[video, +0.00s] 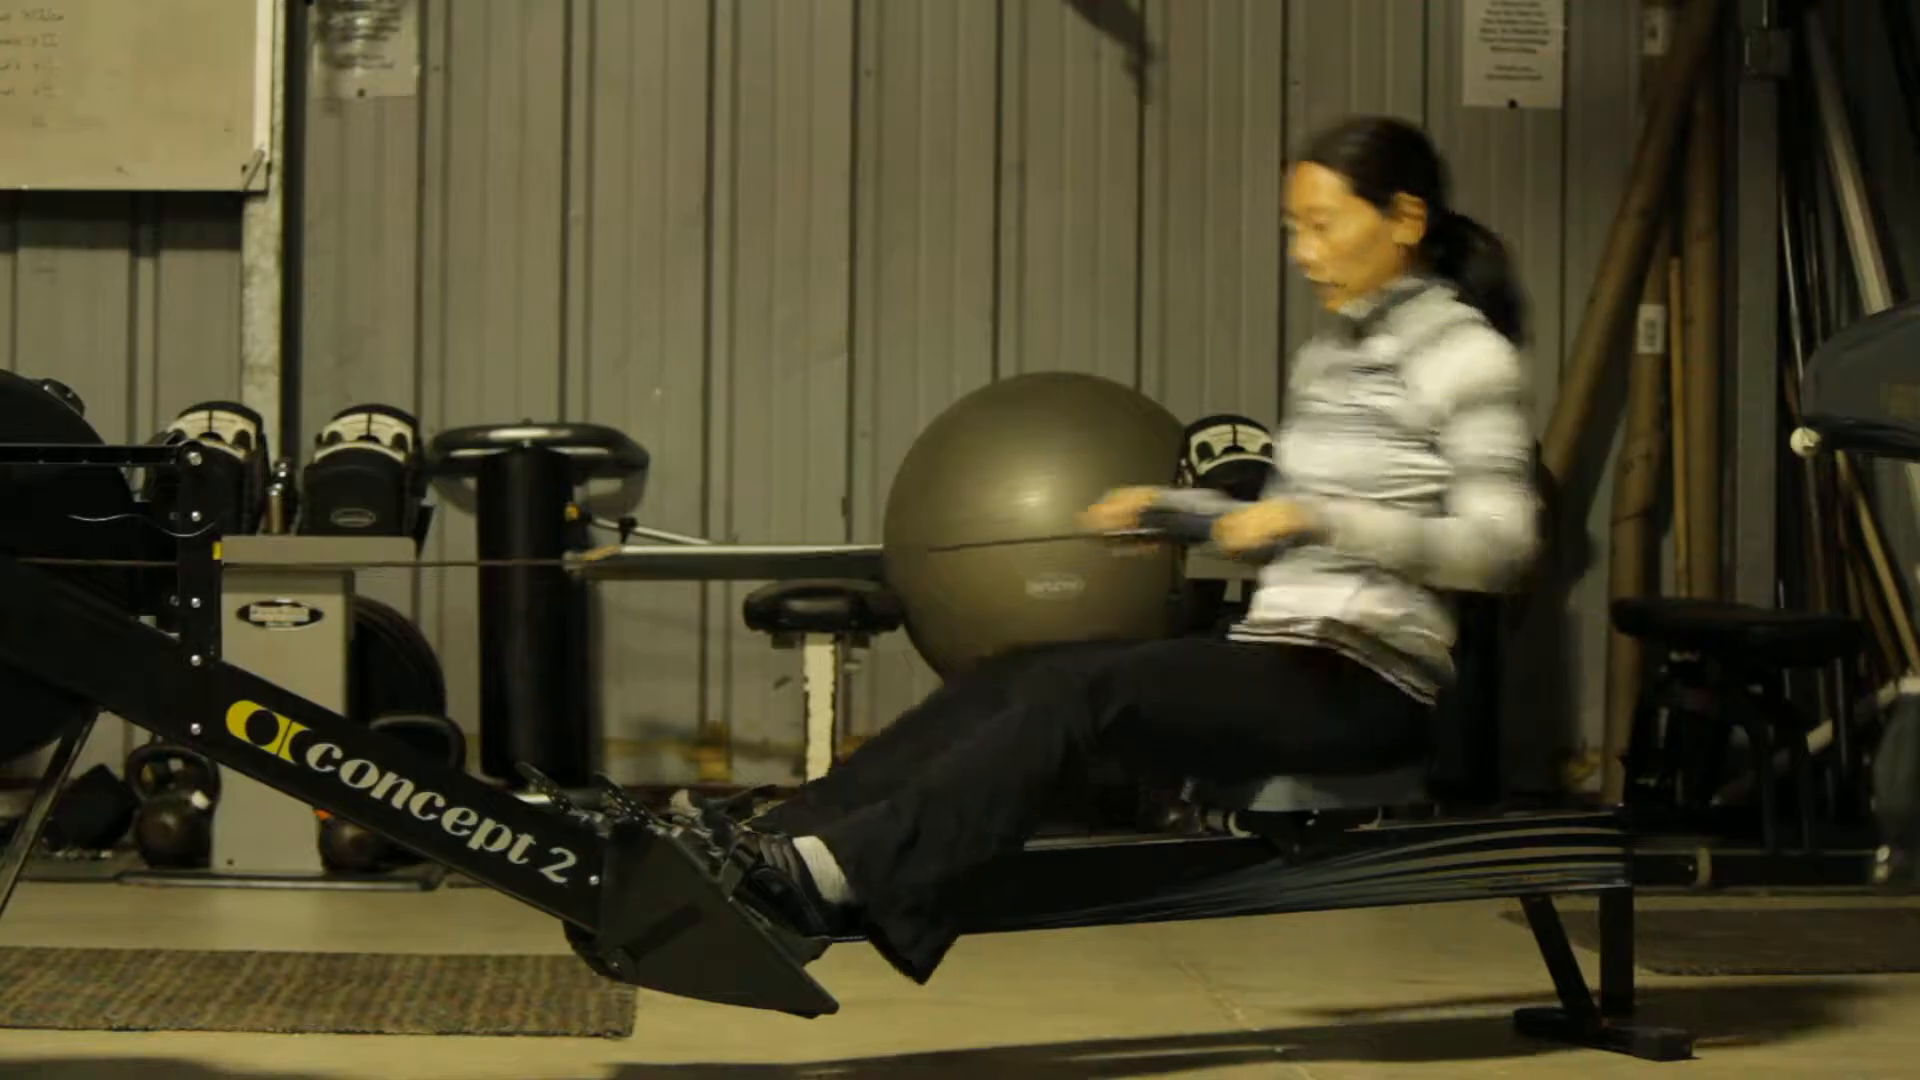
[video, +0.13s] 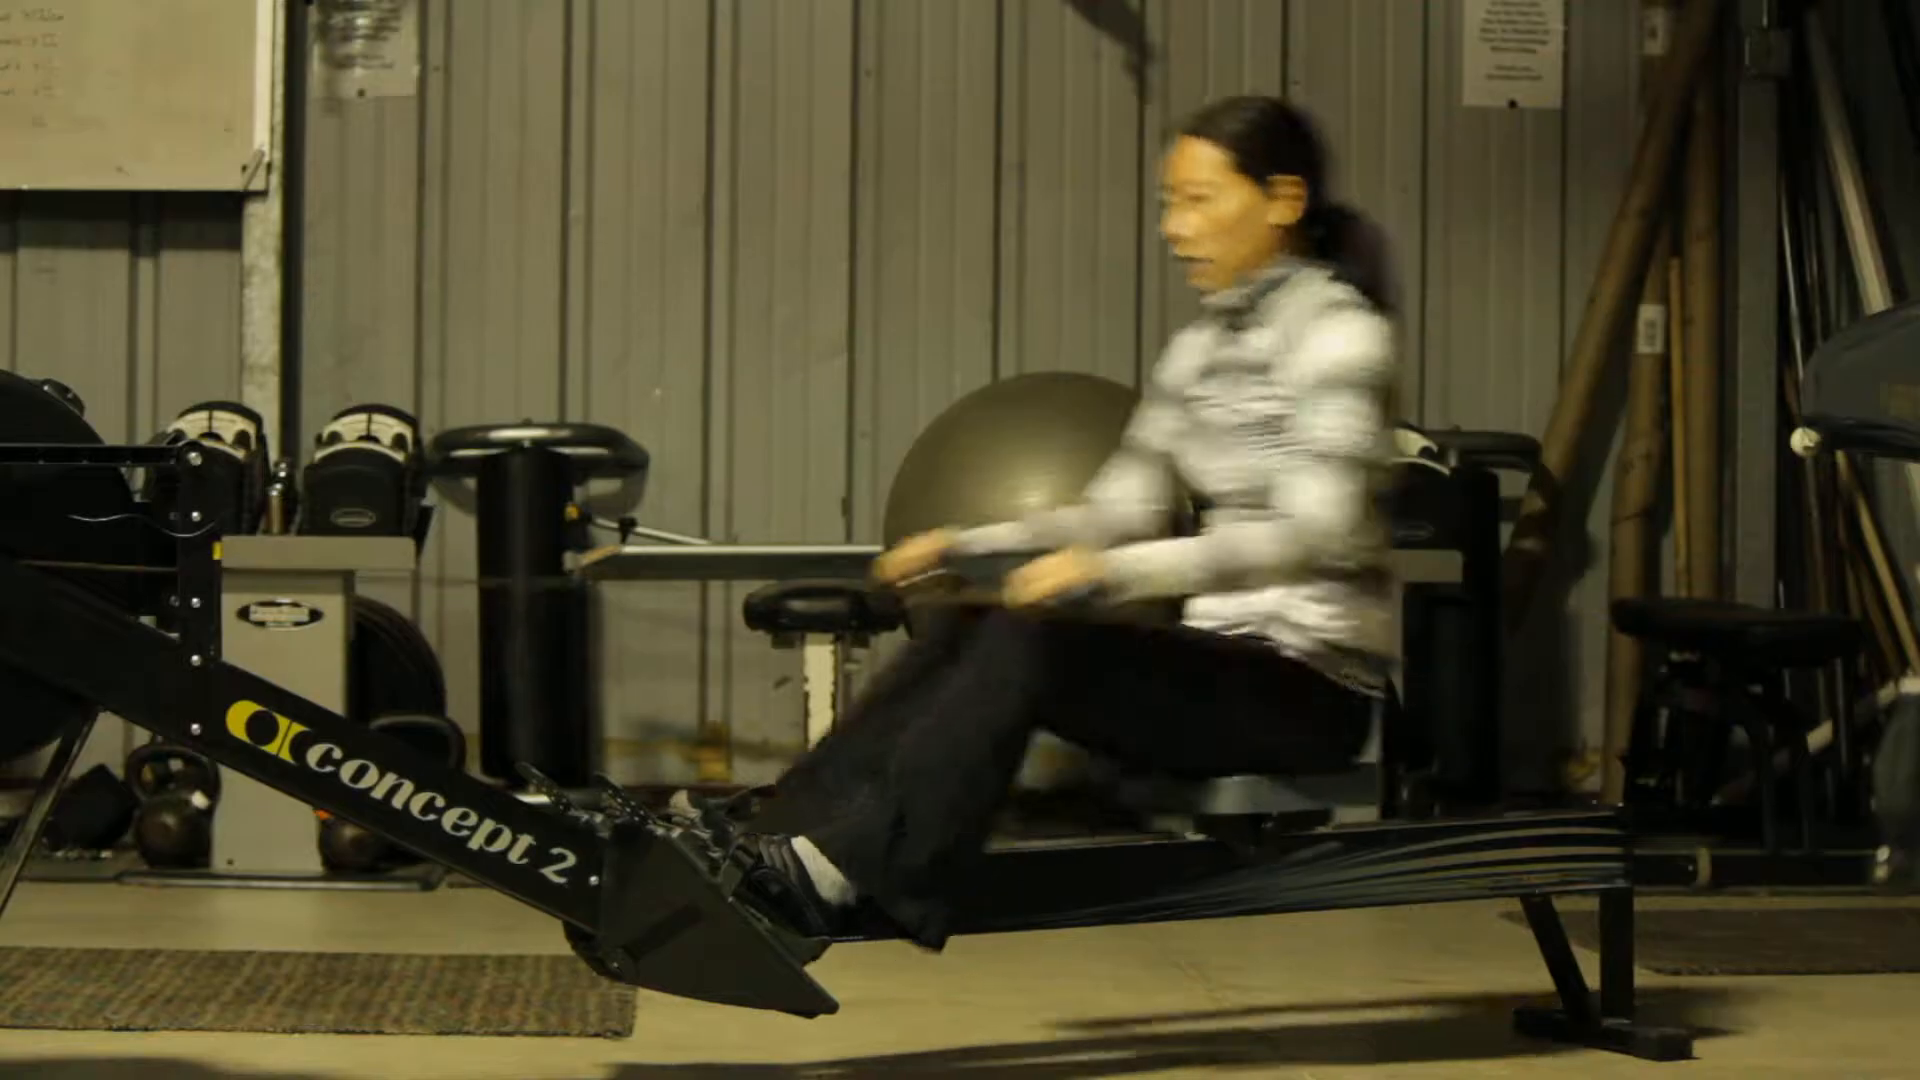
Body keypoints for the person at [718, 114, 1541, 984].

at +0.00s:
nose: (1301, 252)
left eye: (1320, 224)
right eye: (1295, 229)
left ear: (1406, 223)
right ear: (1302, 229)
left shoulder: (1466, 352)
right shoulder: (1332, 349)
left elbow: (1501, 543)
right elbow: (1298, 511)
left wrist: (1317, 519)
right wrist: (1175, 507)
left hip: (1370, 675)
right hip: (1275, 653)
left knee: (1069, 693)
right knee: (1011, 678)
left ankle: (826, 883)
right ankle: (777, 842)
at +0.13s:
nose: (1174, 228)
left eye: (1197, 201)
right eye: (1171, 203)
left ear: (1284, 201)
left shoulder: (1340, 332)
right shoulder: (1196, 347)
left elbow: (1313, 529)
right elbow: (1119, 516)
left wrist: (1107, 570)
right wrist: (955, 544)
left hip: (1315, 684)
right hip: (1215, 660)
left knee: (1027, 648)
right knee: (969, 634)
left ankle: (838, 874)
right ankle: (779, 834)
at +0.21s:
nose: (1080, 225)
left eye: (1105, 196)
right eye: (1077, 200)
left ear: (1194, 201)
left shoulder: (1248, 336)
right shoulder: (1113, 343)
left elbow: (1162, 538)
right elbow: (995, 509)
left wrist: (976, 612)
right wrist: (834, 584)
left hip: (1247, 692)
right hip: (1146, 663)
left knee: (966, 651)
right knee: (897, 623)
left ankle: (827, 877)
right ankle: (766, 838)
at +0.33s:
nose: (942, 225)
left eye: (969, 197)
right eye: (942, 201)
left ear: (1060, 206)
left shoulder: (1105, 341)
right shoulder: (987, 343)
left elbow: (988, 534)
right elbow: (856, 491)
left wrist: (812, 652)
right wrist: (675, 609)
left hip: (1166, 691)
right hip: (1072, 670)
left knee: (911, 617)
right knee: (841, 571)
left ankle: (845, 875)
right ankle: (760, 831)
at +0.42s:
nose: (859, 230)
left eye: (887, 203)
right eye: (858, 207)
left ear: (974, 212)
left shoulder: (1016, 346)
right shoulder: (904, 352)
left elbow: (890, 530)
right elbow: (762, 489)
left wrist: (712, 653)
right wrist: (575, 603)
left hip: (1109, 697)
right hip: (1022, 690)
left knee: (880, 576)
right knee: (824, 568)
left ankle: (821, 867)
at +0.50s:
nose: (779, 235)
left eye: (808, 209)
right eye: (781, 211)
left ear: (896, 222)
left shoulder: (942, 355)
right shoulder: (835, 354)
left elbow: (792, 530)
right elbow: (679, 479)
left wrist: (605, 640)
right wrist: (480, 585)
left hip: (1057, 691)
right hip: (975, 677)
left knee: (837, 567)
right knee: (767, 568)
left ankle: (793, 866)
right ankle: (696, 829)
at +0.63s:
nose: (688, 250)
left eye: (717, 224)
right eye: (691, 225)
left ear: (803, 240)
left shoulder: (858, 365)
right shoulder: (748, 369)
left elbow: (690, 503)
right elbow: (576, 470)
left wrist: (479, 591)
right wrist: (366, 547)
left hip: (995, 695)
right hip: (912, 685)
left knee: (771, 539)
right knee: (707, 547)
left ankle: (786, 857)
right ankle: (696, 831)